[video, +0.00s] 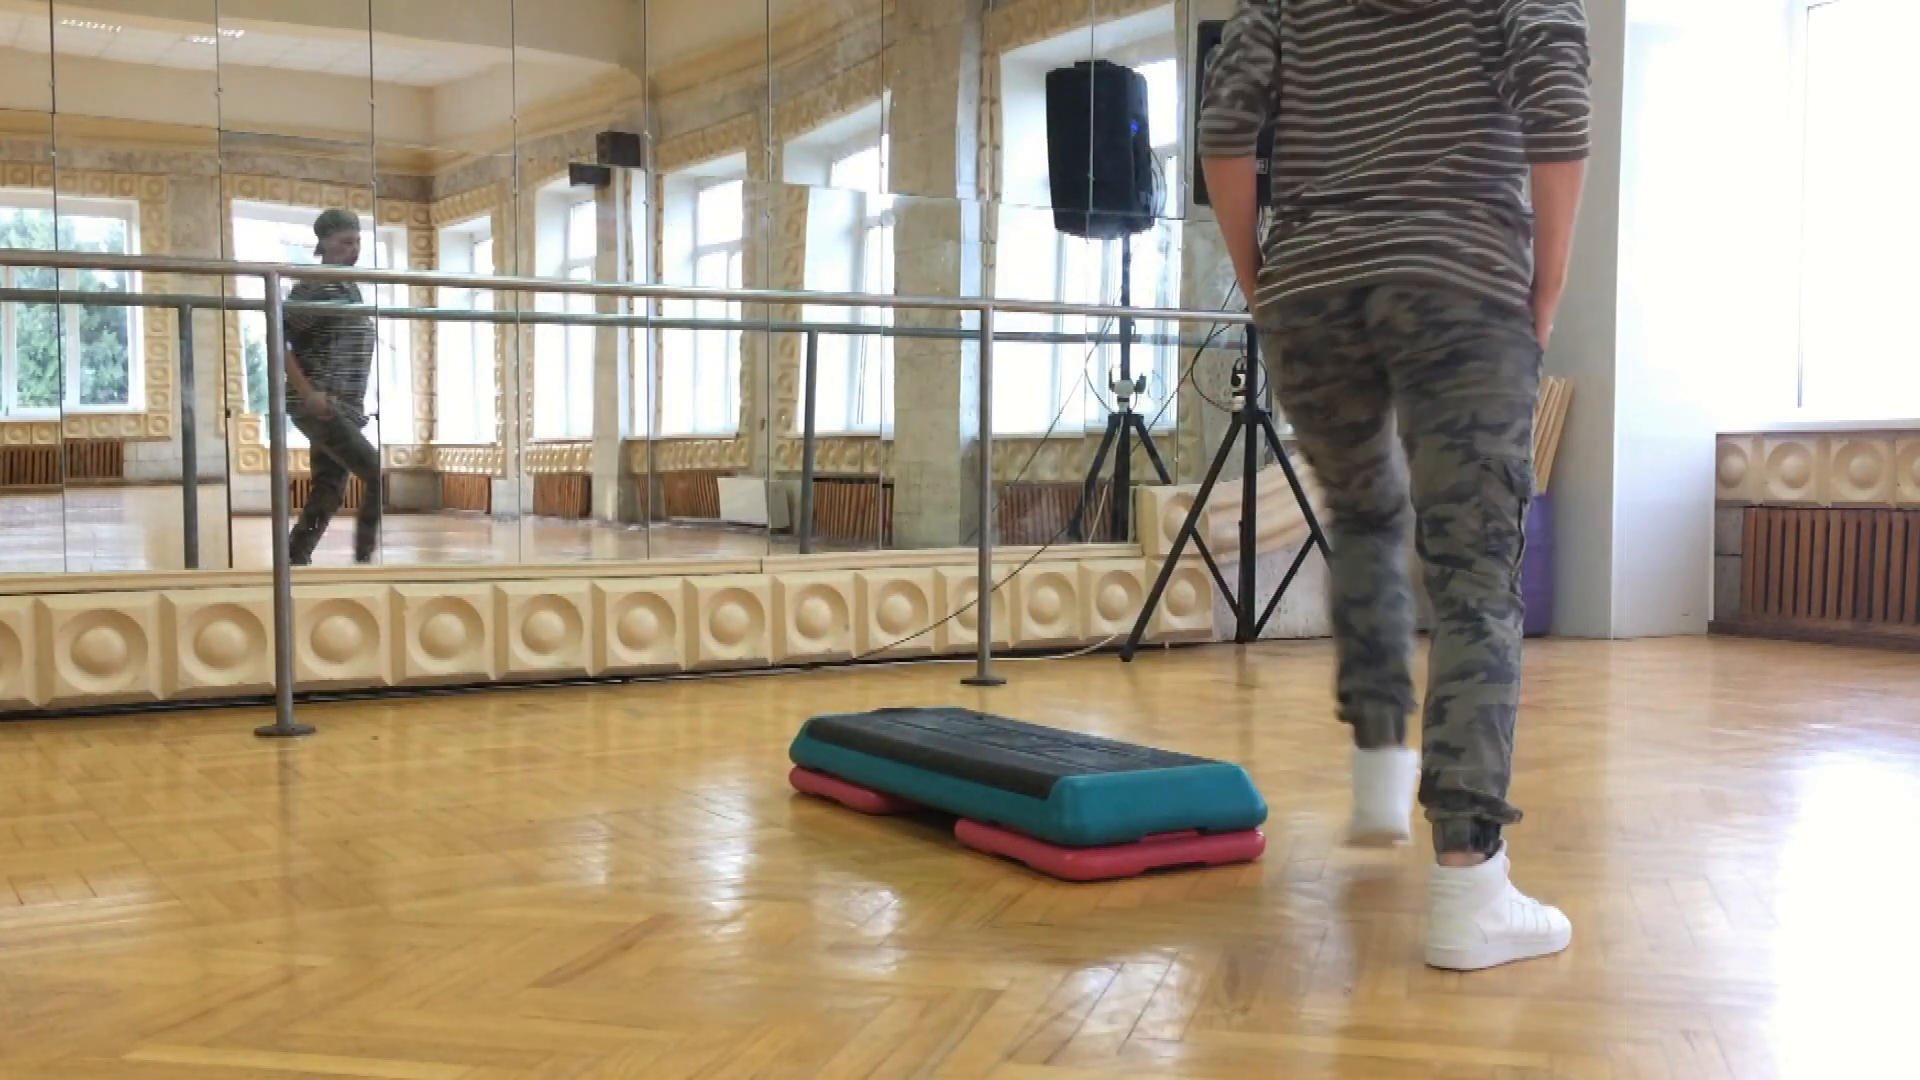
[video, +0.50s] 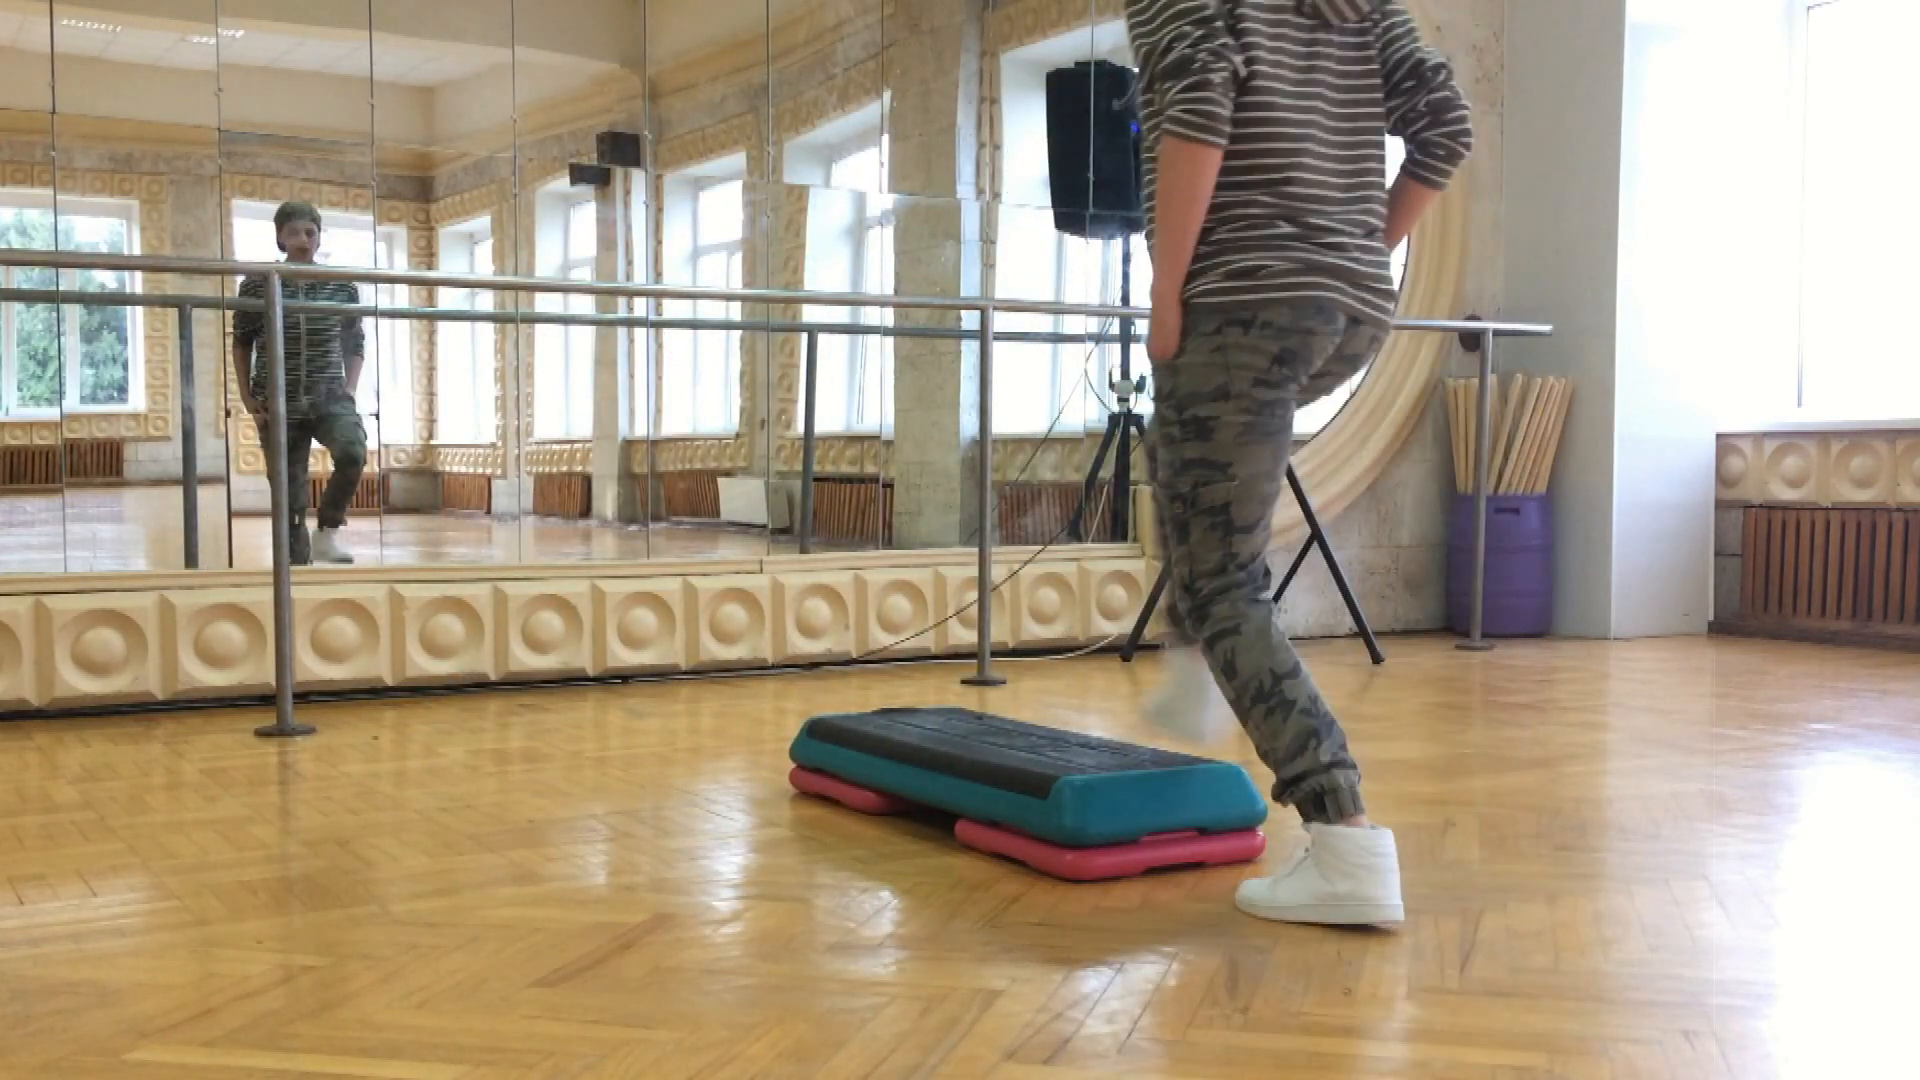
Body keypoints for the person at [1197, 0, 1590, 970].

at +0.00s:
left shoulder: (1276, 6)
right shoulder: (1523, 7)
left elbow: (1225, 133)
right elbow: (1556, 131)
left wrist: (1257, 280)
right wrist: (1546, 292)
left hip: (1302, 282)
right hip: (1457, 268)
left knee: (1361, 515)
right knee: (1472, 566)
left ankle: (1379, 769)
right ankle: (1469, 884)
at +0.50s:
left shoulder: (1180, 4)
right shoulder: (1360, 7)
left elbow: (1201, 107)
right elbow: (1443, 124)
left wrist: (1166, 294)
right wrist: (1370, 251)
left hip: (1248, 293)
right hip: (1358, 306)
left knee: (1222, 582)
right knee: (1193, 439)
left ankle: (1347, 849)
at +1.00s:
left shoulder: (1047, 6)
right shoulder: (1227, 10)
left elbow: (1071, 97)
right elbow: (1303, 142)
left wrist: (1042, 268)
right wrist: (1240, 268)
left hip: (1117, 272)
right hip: (1228, 289)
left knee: (977, 515)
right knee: (1126, 498)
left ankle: (857, 769)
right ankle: (1124, 743)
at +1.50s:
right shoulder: (1255, 2)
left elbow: (1007, 37)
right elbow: (1298, 55)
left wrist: (982, 188)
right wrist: (1236, 205)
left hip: (1042, 159)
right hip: (1171, 186)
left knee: (918, 384)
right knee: (1149, 460)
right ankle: (1086, 702)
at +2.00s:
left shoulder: (1024, 1)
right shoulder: (1235, 5)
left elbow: (996, 69)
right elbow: (1264, 86)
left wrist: (970, 207)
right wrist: (1221, 232)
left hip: (1017, 191)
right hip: (1146, 214)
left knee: (955, 429)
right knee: (1139, 483)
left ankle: (825, 435)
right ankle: (1079, 712)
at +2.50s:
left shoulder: (950, 4)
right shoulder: (1155, 4)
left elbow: (928, 78)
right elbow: (1199, 86)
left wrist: (927, 219)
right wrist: (1174, 234)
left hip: (969, 220)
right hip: (1095, 222)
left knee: (1010, 457)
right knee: (1120, 457)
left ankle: (1009, 699)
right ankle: (1076, 672)